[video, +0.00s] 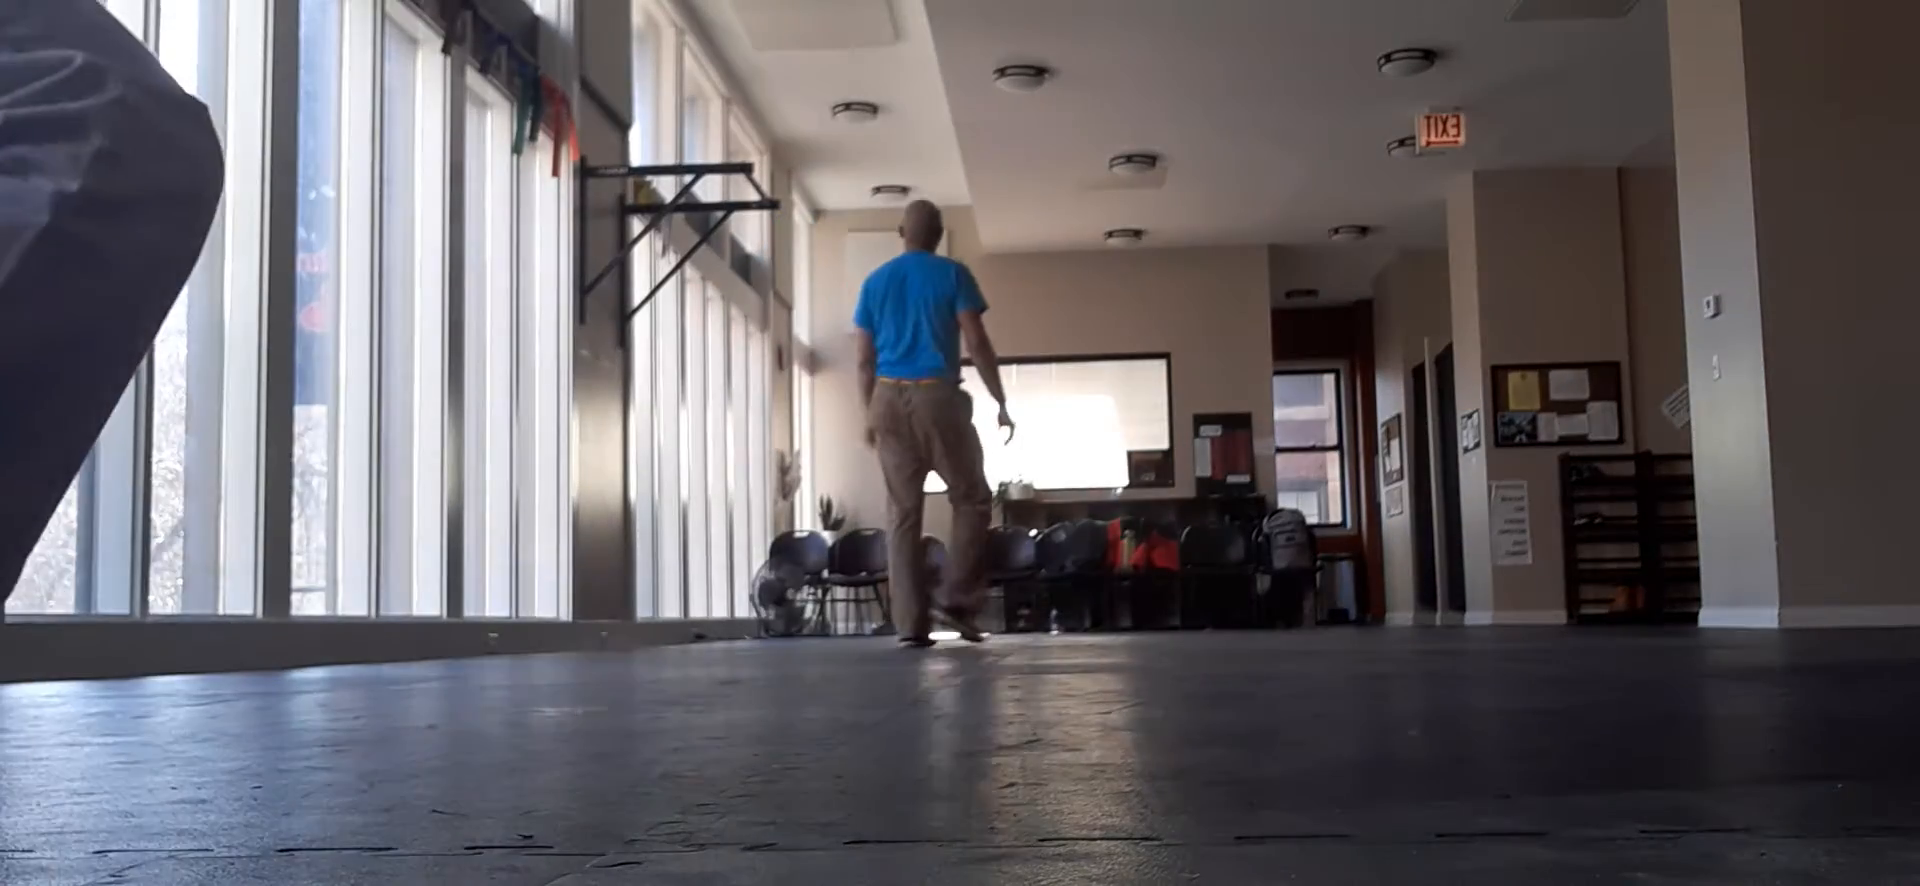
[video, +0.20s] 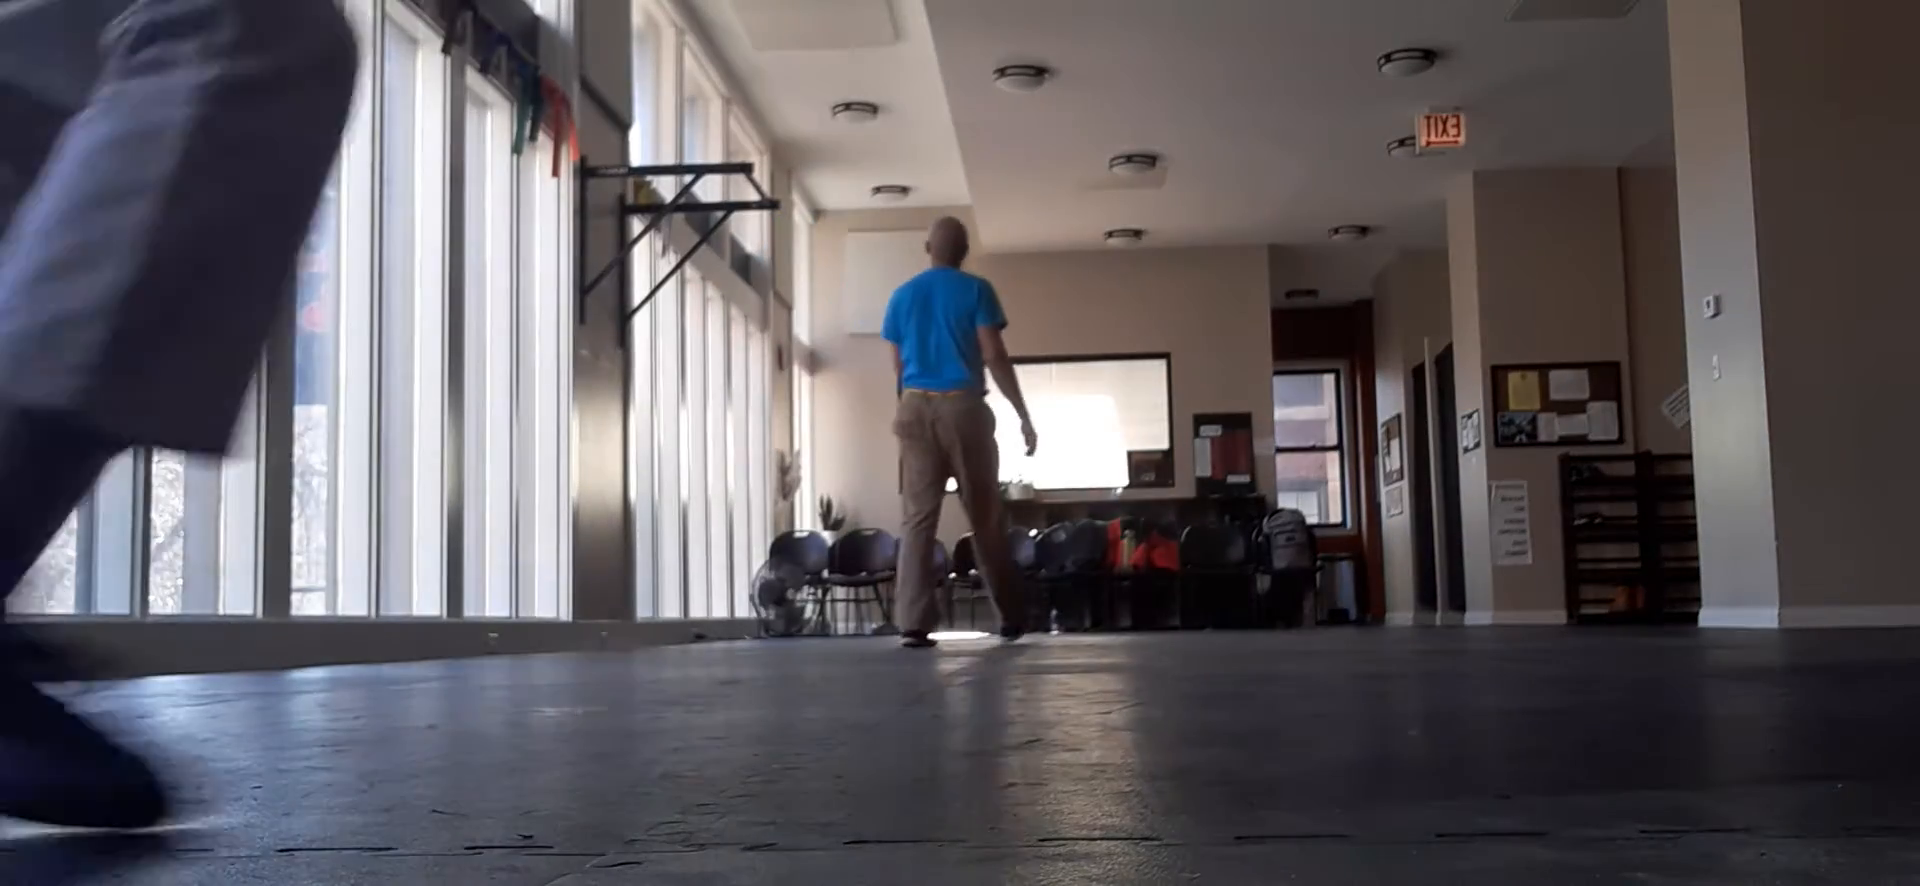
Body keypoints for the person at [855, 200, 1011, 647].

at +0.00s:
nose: (915, 234)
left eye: (907, 227)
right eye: (934, 231)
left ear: (901, 235)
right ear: (939, 236)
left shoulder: (874, 281)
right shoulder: (954, 274)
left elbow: (866, 359)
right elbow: (976, 343)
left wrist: (870, 415)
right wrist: (1000, 401)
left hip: (887, 401)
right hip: (939, 400)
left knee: (902, 513)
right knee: (972, 499)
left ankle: (910, 626)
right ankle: (958, 601)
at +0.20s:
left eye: (935, 243)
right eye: (961, 248)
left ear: (927, 250)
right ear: (965, 252)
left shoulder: (901, 296)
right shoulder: (976, 289)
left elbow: (898, 366)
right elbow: (994, 356)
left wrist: (904, 413)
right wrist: (1023, 415)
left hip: (913, 408)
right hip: (964, 408)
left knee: (917, 516)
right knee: (985, 515)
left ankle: (913, 625)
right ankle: (1011, 617)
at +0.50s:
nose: (989, 258)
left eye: (979, 251)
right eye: (1006, 256)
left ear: (974, 258)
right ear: (1010, 261)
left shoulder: (948, 304)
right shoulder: (1023, 298)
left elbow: (944, 378)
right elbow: (1039, 364)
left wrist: (954, 424)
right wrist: (1060, 420)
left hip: (967, 413)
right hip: (1015, 410)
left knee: (968, 509)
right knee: (1016, 512)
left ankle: (939, 606)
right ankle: (1014, 616)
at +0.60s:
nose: (1008, 262)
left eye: (993, 254)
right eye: (1020, 258)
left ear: (987, 261)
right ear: (1023, 263)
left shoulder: (962, 305)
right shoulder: (1037, 299)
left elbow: (952, 375)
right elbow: (1055, 360)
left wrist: (946, 431)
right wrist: (1074, 415)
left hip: (979, 413)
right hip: (1024, 411)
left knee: (986, 510)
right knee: (1020, 513)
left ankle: (967, 608)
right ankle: (1016, 615)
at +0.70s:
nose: (1019, 268)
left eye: (1007, 261)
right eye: (1030, 263)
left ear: (999, 265)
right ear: (1034, 267)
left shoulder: (973, 308)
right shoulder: (1048, 302)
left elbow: (955, 377)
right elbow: (1070, 364)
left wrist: (942, 431)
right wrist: (1088, 412)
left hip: (988, 415)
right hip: (1031, 413)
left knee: (1003, 511)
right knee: (1025, 512)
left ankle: (1028, 608)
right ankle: (1011, 615)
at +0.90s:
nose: (1022, 281)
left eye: (1018, 275)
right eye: (1045, 278)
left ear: (1017, 280)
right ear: (1051, 283)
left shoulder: (992, 321)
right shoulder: (1064, 317)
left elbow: (968, 380)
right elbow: (1087, 376)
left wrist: (943, 432)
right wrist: (1108, 426)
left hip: (1006, 424)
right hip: (1045, 420)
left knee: (1026, 519)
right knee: (1038, 516)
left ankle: (1056, 618)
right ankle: (1014, 612)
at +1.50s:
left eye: (1068, 294)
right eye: (1092, 298)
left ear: (1062, 298)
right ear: (1095, 301)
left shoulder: (1040, 337)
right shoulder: (1107, 333)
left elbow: (1036, 397)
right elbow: (1122, 388)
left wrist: (1062, 415)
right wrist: (1144, 440)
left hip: (1054, 433)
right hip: (1098, 434)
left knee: (1058, 526)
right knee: (1110, 523)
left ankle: (1061, 621)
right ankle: (1131, 615)